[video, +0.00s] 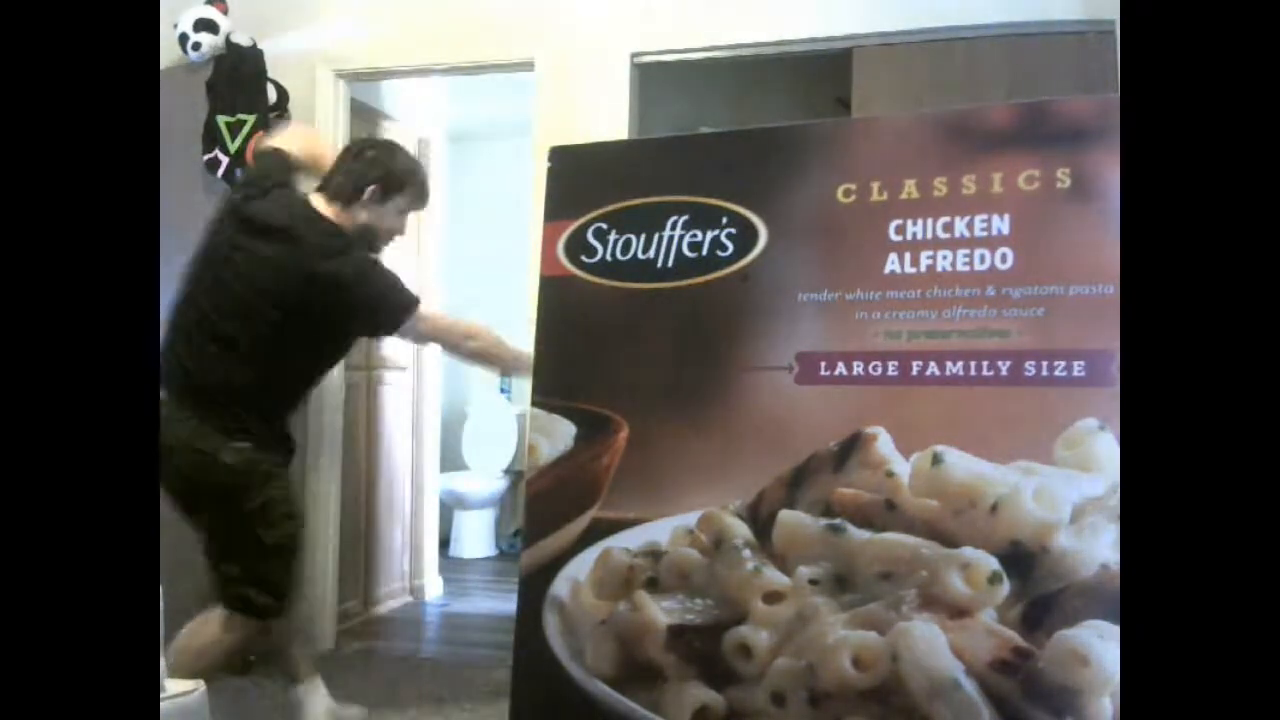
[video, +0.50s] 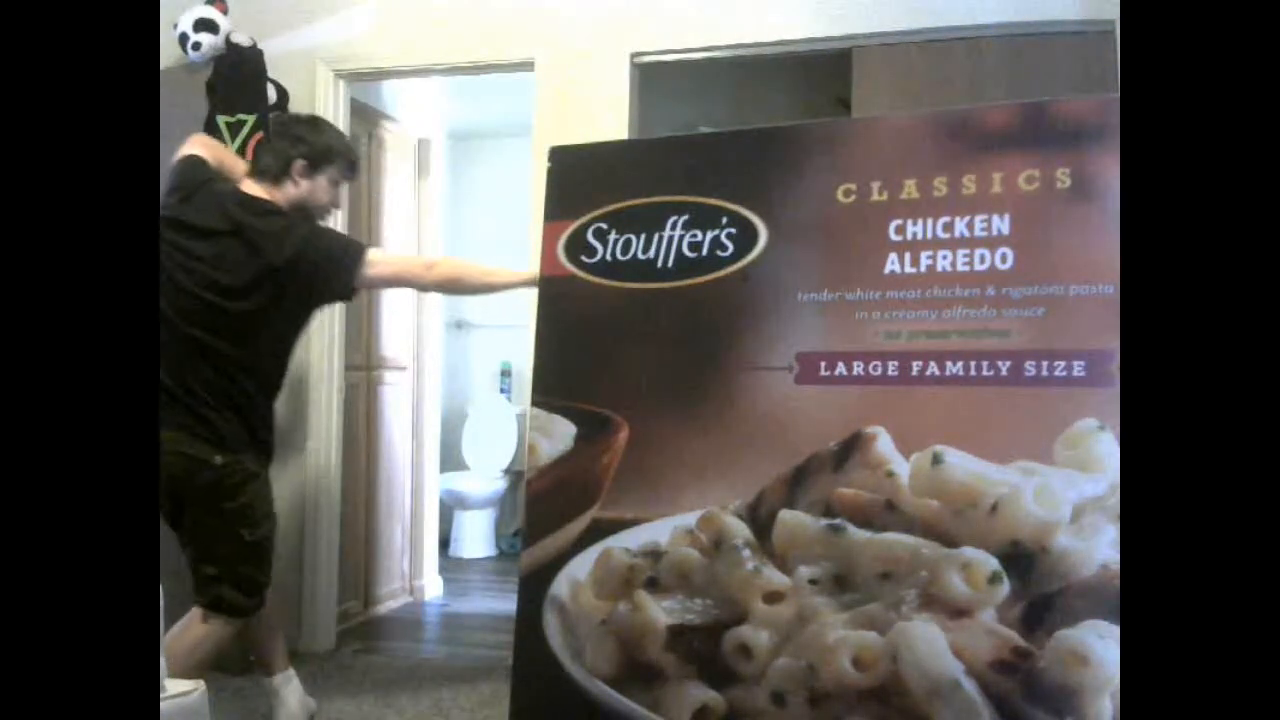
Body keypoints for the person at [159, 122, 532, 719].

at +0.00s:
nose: (403, 230)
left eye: (408, 216)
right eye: (404, 214)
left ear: (340, 182)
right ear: (369, 197)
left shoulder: (258, 195)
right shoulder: (352, 275)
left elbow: (285, 140)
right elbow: (453, 335)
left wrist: (342, 161)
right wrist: (528, 362)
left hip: (175, 426)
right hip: (239, 451)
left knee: (266, 582)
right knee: (248, 611)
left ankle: (313, 702)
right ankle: (164, 696)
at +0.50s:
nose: (338, 200)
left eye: (342, 187)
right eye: (336, 183)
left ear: (275, 168)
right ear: (299, 172)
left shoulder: (194, 192)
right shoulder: (307, 248)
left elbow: (199, 145)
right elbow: (430, 273)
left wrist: (258, 177)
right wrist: (528, 275)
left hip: (167, 434)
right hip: (220, 453)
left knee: (249, 577)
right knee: (226, 603)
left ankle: (289, 699)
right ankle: (161, 697)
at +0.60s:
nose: (328, 194)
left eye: (330, 181)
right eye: (325, 178)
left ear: (275, 165)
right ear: (289, 166)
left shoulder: (183, 183)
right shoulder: (298, 240)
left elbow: (184, 147)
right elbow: (422, 265)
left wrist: (248, 181)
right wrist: (522, 262)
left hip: (168, 429)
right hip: (211, 447)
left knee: (240, 582)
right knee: (221, 604)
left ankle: (265, 696)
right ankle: (161, 695)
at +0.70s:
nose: (326, 198)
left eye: (328, 184)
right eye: (323, 181)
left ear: (274, 167)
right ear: (285, 168)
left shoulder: (182, 187)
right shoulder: (288, 238)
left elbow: (183, 155)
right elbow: (415, 257)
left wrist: (243, 184)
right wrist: (516, 251)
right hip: (191, 443)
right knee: (230, 598)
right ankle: (163, 695)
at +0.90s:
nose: (321, 215)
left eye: (324, 202)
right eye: (315, 199)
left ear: (278, 192)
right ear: (274, 188)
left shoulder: (261, 252)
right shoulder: (222, 250)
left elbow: (261, 346)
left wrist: (309, 416)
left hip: (210, 447)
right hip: (180, 451)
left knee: (238, 589)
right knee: (238, 598)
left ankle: (181, 696)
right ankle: (167, 697)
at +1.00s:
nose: (311, 200)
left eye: (314, 188)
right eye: (303, 185)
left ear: (275, 183)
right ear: (259, 176)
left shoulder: (271, 247)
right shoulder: (202, 248)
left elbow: (282, 344)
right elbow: (173, 388)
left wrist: (314, 427)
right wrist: (208, 466)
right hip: (187, 456)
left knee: (243, 598)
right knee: (231, 600)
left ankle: (180, 693)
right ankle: (171, 697)